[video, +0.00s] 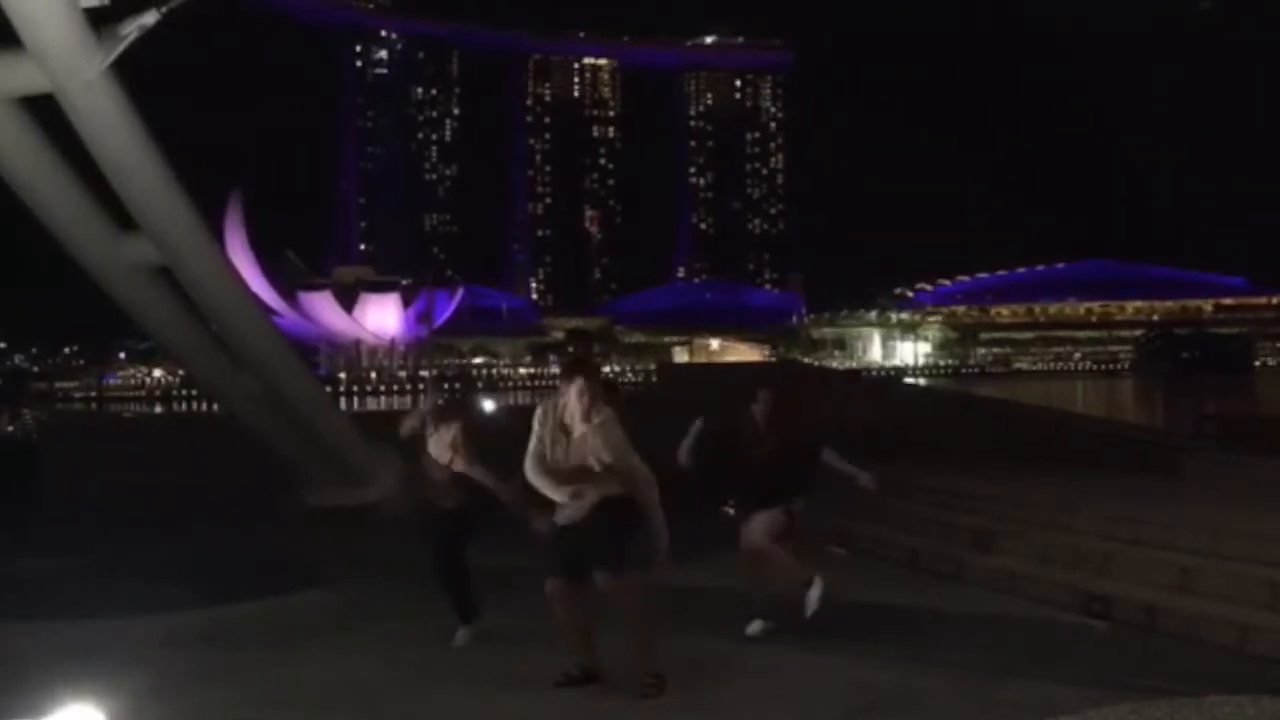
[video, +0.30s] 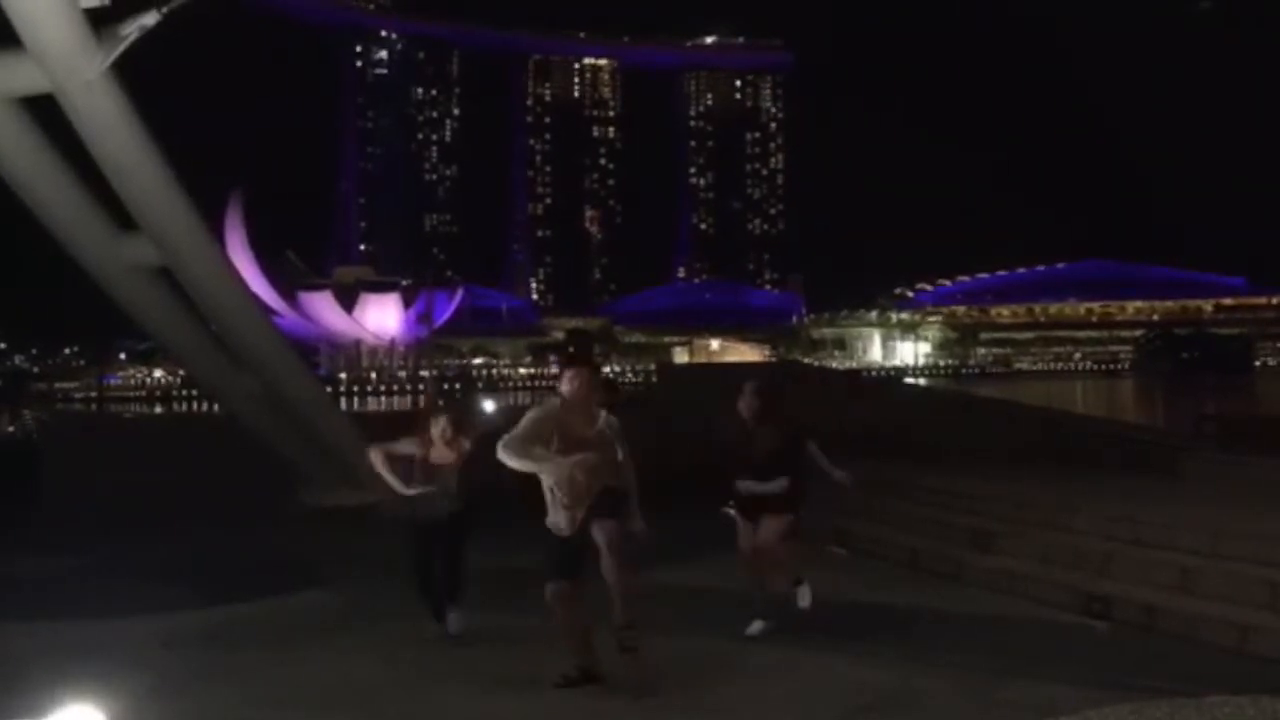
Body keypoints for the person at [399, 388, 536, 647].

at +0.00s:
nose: (435, 401)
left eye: (440, 396)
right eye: (433, 395)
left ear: (450, 400)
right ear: (429, 399)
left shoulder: (456, 428)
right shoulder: (427, 424)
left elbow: (465, 465)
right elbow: (404, 430)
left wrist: (500, 489)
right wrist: (422, 410)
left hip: (457, 501)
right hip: (436, 498)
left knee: (451, 560)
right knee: (446, 560)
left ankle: (467, 619)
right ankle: (467, 616)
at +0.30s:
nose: (444, 432)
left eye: (447, 426)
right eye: (438, 427)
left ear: (454, 428)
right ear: (430, 429)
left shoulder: (461, 449)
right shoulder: (420, 448)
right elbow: (375, 452)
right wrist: (400, 488)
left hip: (454, 514)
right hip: (425, 513)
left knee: (452, 563)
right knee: (425, 566)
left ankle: (453, 610)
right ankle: (438, 614)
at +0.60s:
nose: (434, 408)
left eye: (439, 401)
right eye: (427, 402)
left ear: (449, 404)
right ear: (418, 405)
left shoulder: (457, 432)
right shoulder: (411, 436)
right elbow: (386, 460)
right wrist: (404, 467)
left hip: (451, 508)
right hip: (416, 509)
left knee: (456, 565)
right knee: (405, 559)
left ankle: (451, 622)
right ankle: (403, 612)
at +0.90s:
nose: (426, 414)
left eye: (429, 408)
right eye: (419, 409)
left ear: (437, 410)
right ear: (410, 414)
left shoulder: (447, 439)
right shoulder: (405, 442)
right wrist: (409, 462)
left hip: (439, 519)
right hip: (404, 519)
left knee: (459, 571)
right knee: (387, 573)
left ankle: (444, 627)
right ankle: (368, 631)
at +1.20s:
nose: (434, 405)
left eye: (437, 399)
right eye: (429, 399)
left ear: (443, 402)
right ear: (419, 401)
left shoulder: (447, 426)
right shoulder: (411, 427)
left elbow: (452, 448)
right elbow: (384, 421)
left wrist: (484, 445)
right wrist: (430, 432)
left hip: (446, 508)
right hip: (416, 510)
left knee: (463, 567)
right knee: (411, 570)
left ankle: (440, 629)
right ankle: (398, 627)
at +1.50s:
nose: (435, 400)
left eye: (440, 393)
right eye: (429, 394)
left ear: (448, 397)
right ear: (419, 398)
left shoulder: (454, 432)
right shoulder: (413, 431)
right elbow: (371, 459)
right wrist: (403, 465)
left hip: (445, 508)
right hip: (414, 511)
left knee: (456, 569)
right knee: (416, 572)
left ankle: (438, 629)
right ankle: (396, 633)